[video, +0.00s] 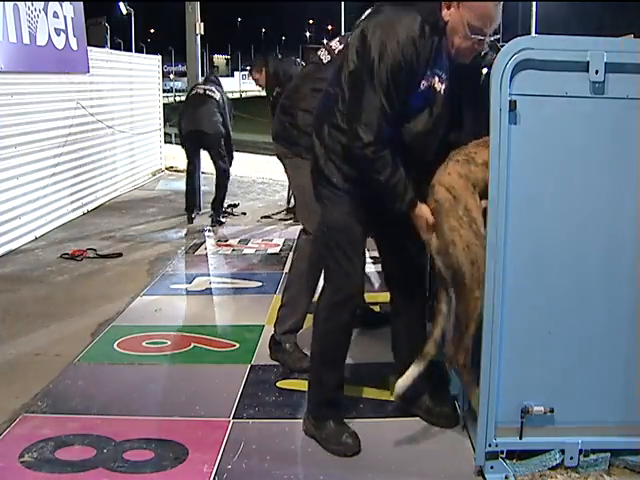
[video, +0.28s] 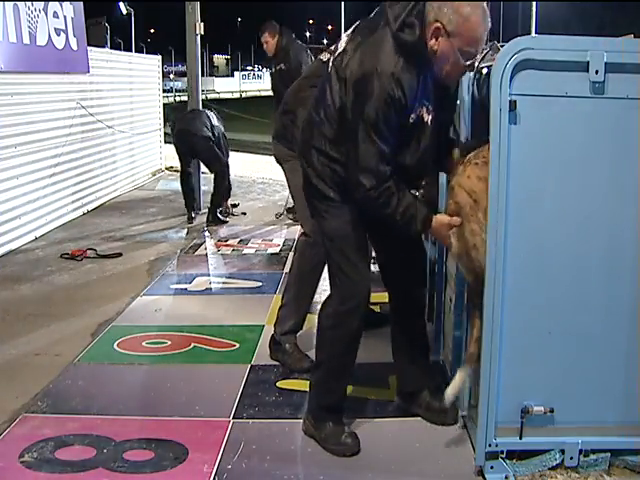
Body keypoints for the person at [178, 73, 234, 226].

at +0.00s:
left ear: (204, 81)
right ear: (218, 84)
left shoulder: (193, 90)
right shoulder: (220, 94)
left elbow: (181, 117)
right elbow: (227, 125)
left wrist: (183, 139)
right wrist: (229, 152)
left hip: (189, 130)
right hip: (212, 130)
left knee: (192, 167)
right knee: (222, 169)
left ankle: (191, 209)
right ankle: (217, 211)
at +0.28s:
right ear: (216, 120)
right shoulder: (218, 129)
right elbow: (223, 164)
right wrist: (225, 199)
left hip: (179, 134)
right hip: (200, 135)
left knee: (187, 169)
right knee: (221, 168)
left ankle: (190, 210)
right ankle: (214, 213)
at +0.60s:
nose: (230, 101)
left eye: (230, 99)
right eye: (230, 98)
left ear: (219, 89)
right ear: (227, 94)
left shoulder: (200, 92)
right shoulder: (224, 101)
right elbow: (222, 129)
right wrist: (222, 154)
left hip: (182, 124)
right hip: (200, 126)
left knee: (188, 169)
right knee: (215, 165)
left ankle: (191, 211)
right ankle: (213, 211)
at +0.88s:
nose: (235, 68)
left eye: (235, 65)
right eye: (235, 65)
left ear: (219, 60)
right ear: (230, 62)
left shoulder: (204, 72)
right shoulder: (225, 73)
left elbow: (197, 98)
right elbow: (225, 99)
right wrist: (227, 114)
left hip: (189, 123)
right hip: (205, 125)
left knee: (194, 169)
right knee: (217, 167)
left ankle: (192, 209)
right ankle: (215, 209)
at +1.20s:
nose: (239, 49)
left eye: (239, 45)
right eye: (237, 45)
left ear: (225, 45)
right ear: (231, 45)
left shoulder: (213, 61)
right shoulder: (226, 61)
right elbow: (227, 87)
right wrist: (241, 83)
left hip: (205, 118)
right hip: (215, 120)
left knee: (215, 163)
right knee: (219, 164)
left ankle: (210, 201)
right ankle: (215, 206)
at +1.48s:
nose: (241, 42)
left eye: (240, 39)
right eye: (238, 39)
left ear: (229, 41)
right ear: (230, 41)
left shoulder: (225, 58)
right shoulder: (224, 60)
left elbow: (226, 89)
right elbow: (226, 91)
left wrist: (240, 89)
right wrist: (242, 91)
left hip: (222, 119)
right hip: (219, 120)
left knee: (227, 159)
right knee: (224, 161)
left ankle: (231, 197)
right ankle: (216, 207)